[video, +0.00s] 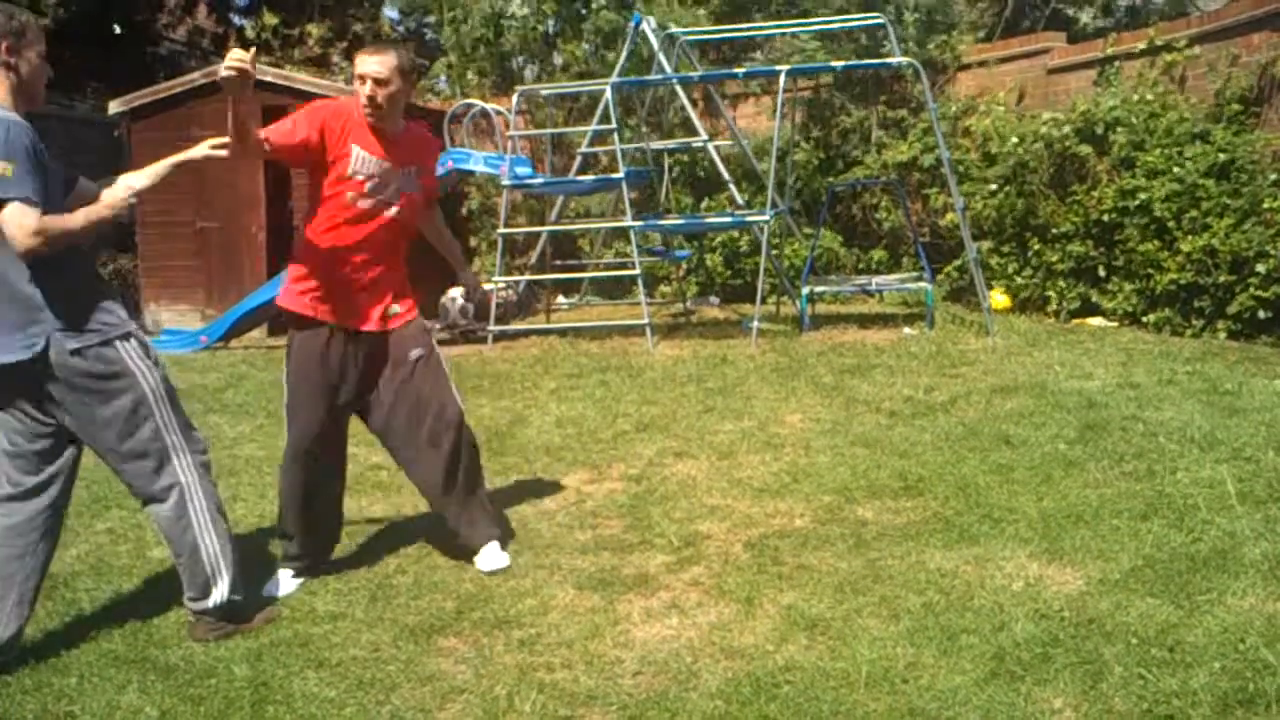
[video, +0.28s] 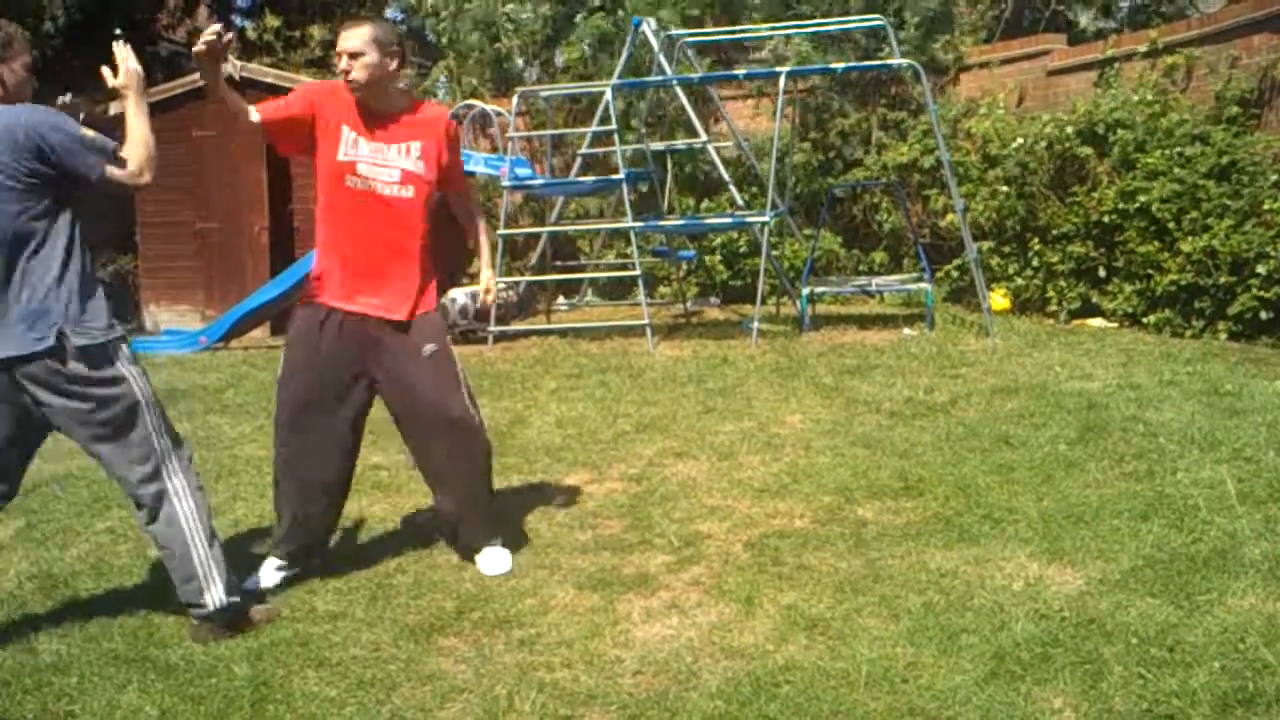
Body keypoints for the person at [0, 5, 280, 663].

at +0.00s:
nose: (47, 70)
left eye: (45, 58)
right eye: (39, 58)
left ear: (12, 60)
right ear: (9, 59)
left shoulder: (15, 131)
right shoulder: (12, 133)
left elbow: (55, 208)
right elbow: (24, 234)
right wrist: (103, 210)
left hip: (25, 343)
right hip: (79, 333)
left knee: (22, 499)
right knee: (169, 454)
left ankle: (4, 631)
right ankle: (219, 598)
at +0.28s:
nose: (30, 70)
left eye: (27, 60)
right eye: (23, 61)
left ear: (0, 70)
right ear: (3, 69)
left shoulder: (19, 129)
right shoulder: (30, 126)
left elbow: (128, 166)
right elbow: (138, 168)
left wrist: (126, 104)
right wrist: (133, 92)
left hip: (11, 344)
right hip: (62, 336)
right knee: (156, 461)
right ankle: (215, 603)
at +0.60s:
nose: (17, 74)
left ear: (13, 76)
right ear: (8, 74)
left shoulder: (10, 118)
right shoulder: (3, 117)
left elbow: (96, 122)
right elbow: (99, 122)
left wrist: (98, 48)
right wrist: (99, 41)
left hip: (15, 321)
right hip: (14, 323)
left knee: (105, 455)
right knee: (109, 455)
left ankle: (137, 610)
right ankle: (139, 620)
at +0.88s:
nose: (20, 82)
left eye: (17, 75)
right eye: (15, 75)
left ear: (10, 87)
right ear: (5, 85)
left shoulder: (9, 128)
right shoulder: (4, 123)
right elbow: (78, 112)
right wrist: (129, 40)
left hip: (16, 338)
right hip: (14, 340)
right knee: (118, 470)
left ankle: (139, 615)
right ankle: (139, 630)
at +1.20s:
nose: (13, 75)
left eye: (10, 66)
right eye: (11, 67)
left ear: (2, 80)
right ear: (7, 75)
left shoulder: (14, 133)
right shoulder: (15, 132)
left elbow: (29, 146)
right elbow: (109, 185)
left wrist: (82, 115)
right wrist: (127, 157)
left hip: (15, 339)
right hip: (25, 340)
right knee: (107, 471)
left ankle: (155, 619)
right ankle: (156, 629)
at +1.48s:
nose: (12, 71)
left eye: (11, 60)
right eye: (8, 60)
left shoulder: (10, 128)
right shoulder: (4, 128)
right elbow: (94, 202)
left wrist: (74, 155)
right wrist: (85, 165)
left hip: (14, 321)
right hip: (13, 322)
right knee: (102, 460)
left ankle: (148, 622)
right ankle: (151, 630)